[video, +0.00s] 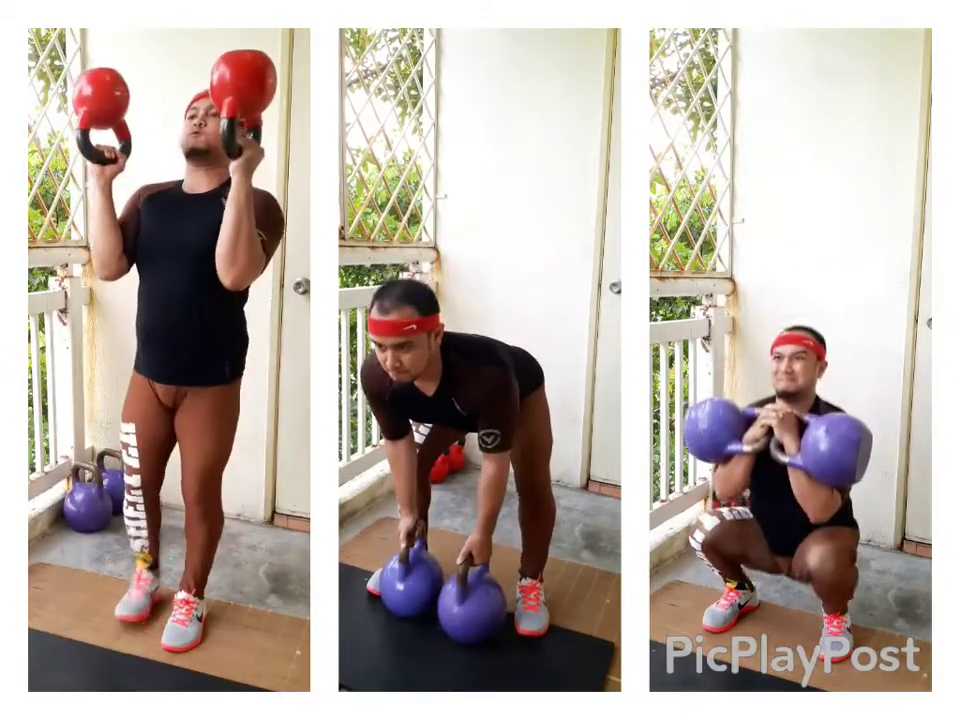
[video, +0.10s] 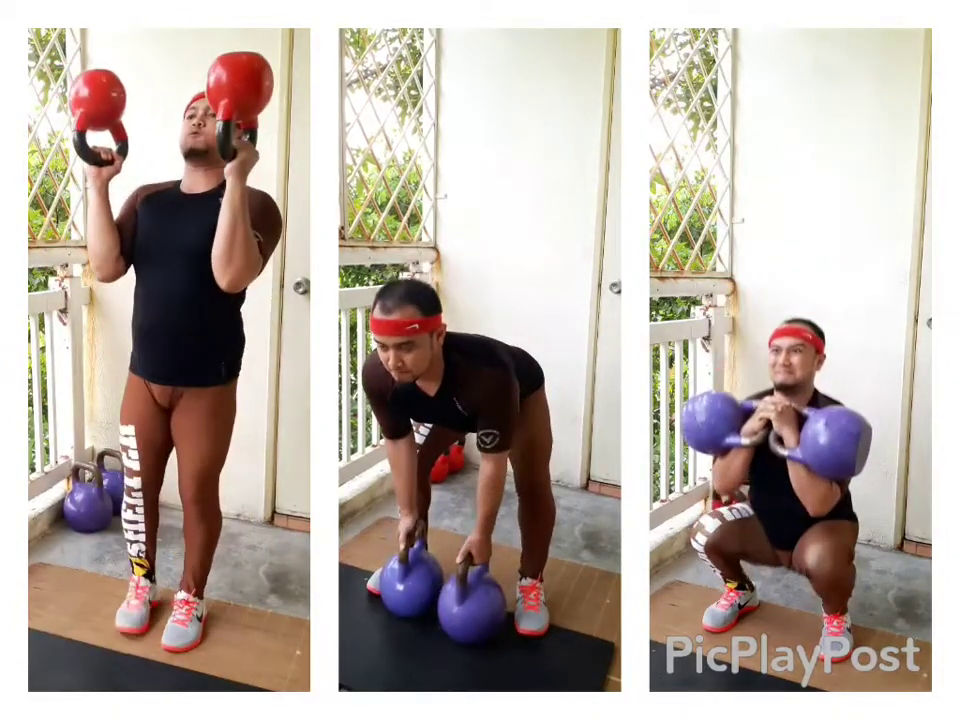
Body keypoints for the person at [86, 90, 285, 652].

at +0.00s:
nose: (197, 119)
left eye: (211, 114)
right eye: (192, 113)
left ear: (237, 134)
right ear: (181, 131)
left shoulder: (258, 206)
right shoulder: (149, 199)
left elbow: (234, 272)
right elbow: (108, 266)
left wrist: (241, 176)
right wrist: (101, 183)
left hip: (212, 380)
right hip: (148, 373)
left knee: (201, 495)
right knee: (139, 486)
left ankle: (191, 596)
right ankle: (145, 574)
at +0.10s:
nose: (196, 120)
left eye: (210, 114)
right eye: (190, 113)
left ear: (236, 134)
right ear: (180, 131)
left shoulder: (255, 206)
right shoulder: (146, 199)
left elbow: (231, 274)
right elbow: (106, 268)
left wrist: (236, 179)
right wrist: (98, 186)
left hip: (208, 381)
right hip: (144, 373)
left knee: (198, 495)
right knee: (139, 488)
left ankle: (190, 598)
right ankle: (141, 582)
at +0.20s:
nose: (193, 121)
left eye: (207, 115)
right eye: (187, 114)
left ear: (232, 134)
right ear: (176, 130)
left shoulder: (250, 206)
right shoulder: (142, 199)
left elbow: (228, 276)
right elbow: (102, 268)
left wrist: (234, 180)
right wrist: (93, 187)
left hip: (203, 380)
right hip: (140, 374)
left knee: (195, 494)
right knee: (141, 489)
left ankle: (190, 596)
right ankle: (142, 583)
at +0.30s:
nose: (187, 122)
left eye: (201, 115)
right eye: (181, 115)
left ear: (227, 133)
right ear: (171, 130)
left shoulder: (246, 205)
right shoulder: (137, 199)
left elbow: (224, 276)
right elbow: (98, 268)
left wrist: (228, 180)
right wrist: (88, 187)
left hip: (200, 380)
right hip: (136, 374)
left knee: (194, 493)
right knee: (141, 488)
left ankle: (190, 597)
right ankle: (141, 583)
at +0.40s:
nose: (182, 122)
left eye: (196, 115)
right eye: (176, 115)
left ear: (221, 133)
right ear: (166, 131)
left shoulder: (240, 205)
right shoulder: (133, 199)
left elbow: (218, 275)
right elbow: (93, 268)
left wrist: (223, 179)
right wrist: (84, 187)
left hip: (197, 379)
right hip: (133, 373)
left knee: (192, 492)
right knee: (140, 487)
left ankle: (190, 596)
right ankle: (142, 584)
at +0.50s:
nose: (176, 121)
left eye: (190, 115)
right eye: (170, 115)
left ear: (215, 133)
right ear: (160, 131)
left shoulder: (234, 204)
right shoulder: (127, 200)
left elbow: (214, 274)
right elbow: (89, 269)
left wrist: (219, 179)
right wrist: (81, 187)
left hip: (193, 377)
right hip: (130, 371)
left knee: (190, 490)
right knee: (138, 486)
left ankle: (190, 596)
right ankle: (142, 583)